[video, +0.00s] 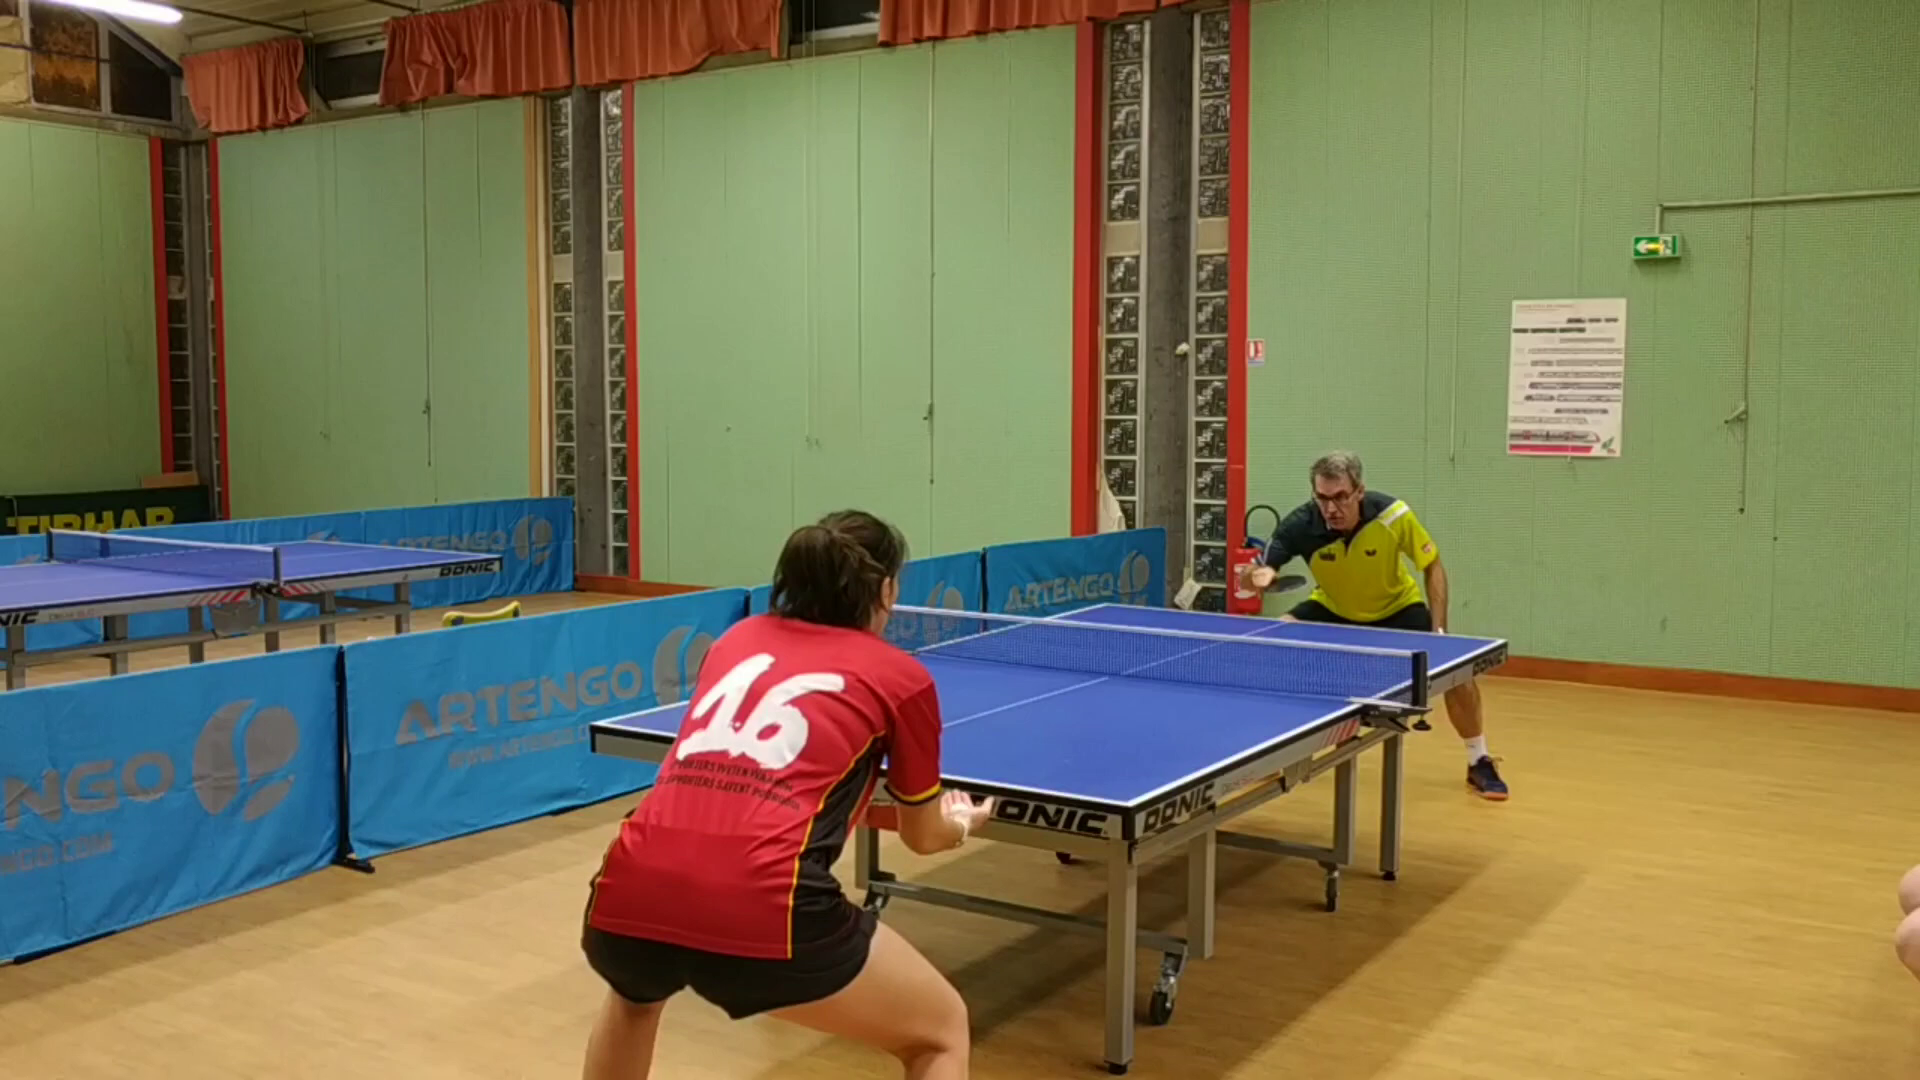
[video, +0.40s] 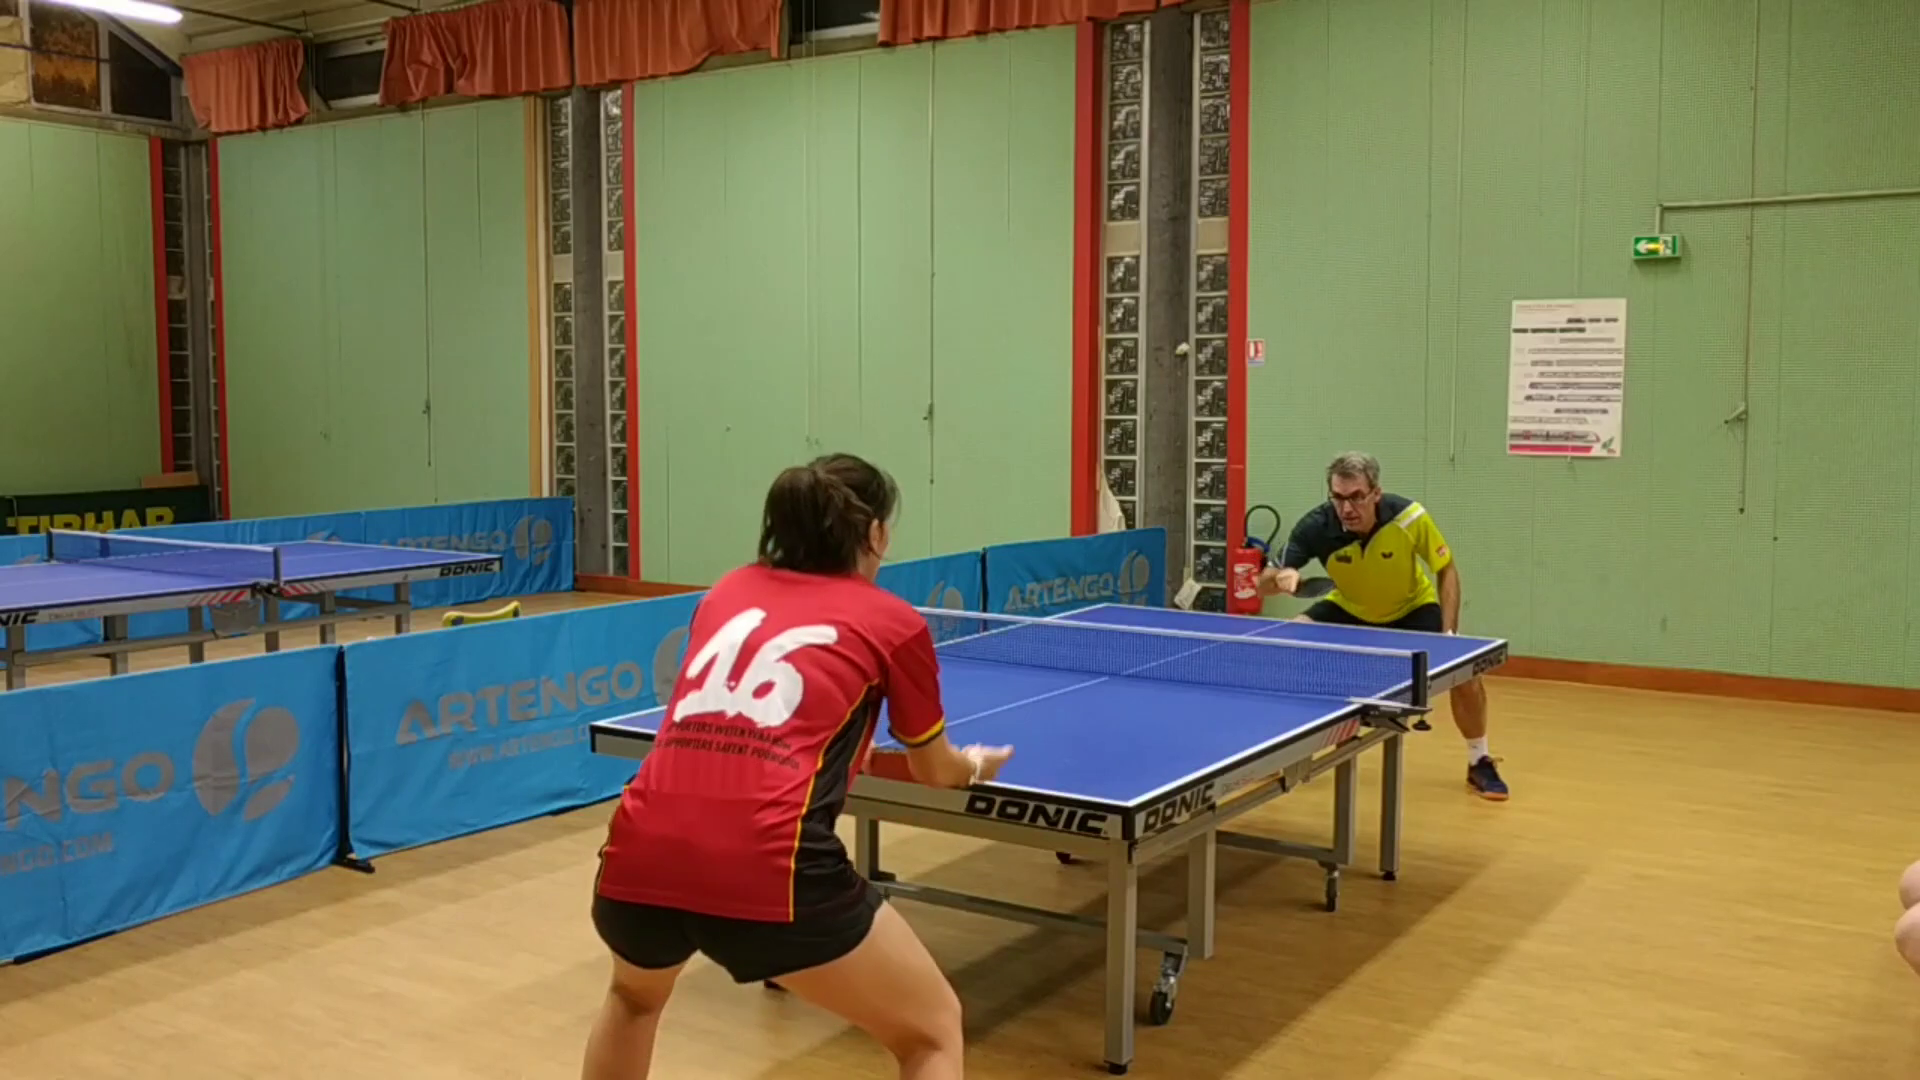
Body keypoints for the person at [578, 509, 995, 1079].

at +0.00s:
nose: (897, 598)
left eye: (895, 582)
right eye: (897, 584)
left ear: (799, 580)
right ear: (883, 594)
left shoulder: (734, 639)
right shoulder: (902, 677)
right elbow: (924, 834)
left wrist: (852, 795)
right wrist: (956, 823)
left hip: (627, 912)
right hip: (765, 924)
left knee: (633, 993)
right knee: (939, 1032)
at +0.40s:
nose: (888, 540)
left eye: (889, 525)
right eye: (888, 525)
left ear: (788, 526)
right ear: (872, 535)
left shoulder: (728, 589)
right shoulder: (891, 621)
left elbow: (721, 713)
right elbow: (936, 770)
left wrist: (836, 743)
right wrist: (971, 765)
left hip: (639, 866)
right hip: (770, 877)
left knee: (630, 1000)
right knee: (930, 1034)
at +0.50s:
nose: (886, 516)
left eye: (886, 500)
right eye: (885, 501)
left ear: (787, 502)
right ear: (866, 510)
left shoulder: (725, 569)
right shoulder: (886, 595)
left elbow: (742, 700)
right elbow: (947, 728)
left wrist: (869, 732)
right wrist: (986, 682)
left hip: (637, 854)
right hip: (763, 865)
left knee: (638, 999)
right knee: (920, 1035)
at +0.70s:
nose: (863, 467)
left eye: (861, 452)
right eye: (859, 451)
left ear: (772, 456)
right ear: (829, 457)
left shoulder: (710, 533)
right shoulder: (824, 525)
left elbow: (763, 686)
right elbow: (963, 620)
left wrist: (891, 700)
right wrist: (1008, 586)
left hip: (620, 811)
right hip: (726, 815)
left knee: (661, 990)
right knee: (874, 1027)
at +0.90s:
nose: (854, 443)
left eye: (851, 426)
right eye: (845, 426)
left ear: (786, 434)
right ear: (806, 434)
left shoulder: (698, 505)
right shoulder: (777, 493)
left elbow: (730, 673)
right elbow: (937, 556)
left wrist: (853, 663)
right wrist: (1002, 595)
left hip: (592, 776)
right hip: (686, 775)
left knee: (652, 987)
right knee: (876, 942)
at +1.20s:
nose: (903, 481)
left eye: (905, 466)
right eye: (902, 465)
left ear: (821, 456)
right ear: (873, 463)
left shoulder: (741, 512)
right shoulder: (848, 525)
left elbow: (765, 603)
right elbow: (1001, 597)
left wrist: (852, 658)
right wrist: (997, 654)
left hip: (629, 788)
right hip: (732, 794)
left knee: (660, 995)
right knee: (886, 996)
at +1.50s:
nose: (938, 466)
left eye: (940, 451)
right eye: (938, 450)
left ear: (849, 439)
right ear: (923, 453)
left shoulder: (791, 497)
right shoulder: (920, 518)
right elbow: (1080, 576)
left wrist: (938, 581)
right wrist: (1000, 575)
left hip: (684, 778)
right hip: (795, 794)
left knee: (663, 961)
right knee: (926, 992)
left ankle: (594, 1078)